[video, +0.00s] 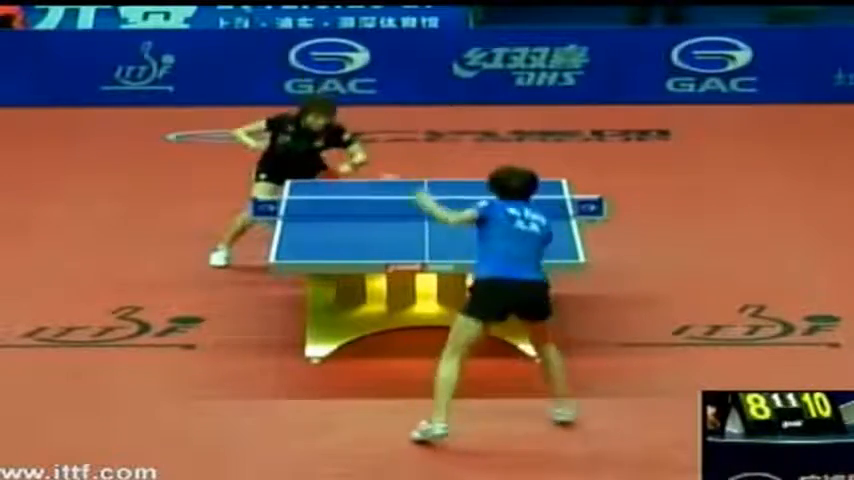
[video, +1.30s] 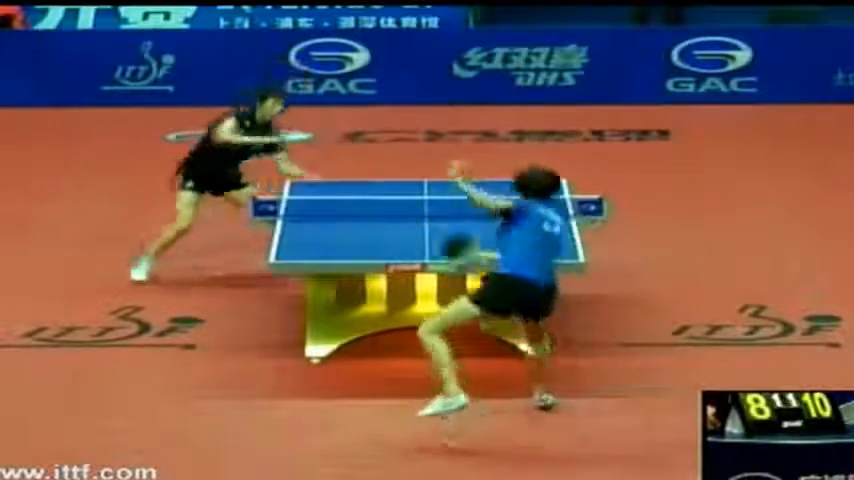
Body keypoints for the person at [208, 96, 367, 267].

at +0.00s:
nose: (318, 124)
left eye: (323, 120)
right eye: (315, 118)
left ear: (329, 120)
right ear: (306, 115)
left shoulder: (332, 131)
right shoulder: (284, 123)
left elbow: (361, 155)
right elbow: (239, 132)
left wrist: (350, 165)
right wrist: (252, 143)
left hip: (306, 176)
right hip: (273, 172)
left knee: (316, 213)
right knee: (259, 210)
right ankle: (224, 247)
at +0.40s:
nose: (317, 109)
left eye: (321, 104)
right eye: (312, 105)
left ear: (327, 104)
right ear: (303, 106)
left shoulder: (334, 118)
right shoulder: (290, 111)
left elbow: (362, 141)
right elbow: (254, 111)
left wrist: (355, 136)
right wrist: (247, 118)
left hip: (321, 160)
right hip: (288, 158)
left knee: (337, 204)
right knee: (260, 206)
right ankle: (225, 246)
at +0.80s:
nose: (313, 99)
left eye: (317, 95)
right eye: (309, 93)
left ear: (323, 97)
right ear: (298, 93)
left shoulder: (325, 118)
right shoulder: (279, 107)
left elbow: (340, 138)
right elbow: (249, 121)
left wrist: (341, 146)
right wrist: (243, 133)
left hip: (304, 165)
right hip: (269, 163)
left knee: (328, 202)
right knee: (247, 211)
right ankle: (205, 250)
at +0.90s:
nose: (305, 89)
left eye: (307, 85)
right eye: (299, 84)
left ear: (309, 88)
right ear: (286, 85)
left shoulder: (307, 111)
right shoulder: (262, 104)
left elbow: (318, 135)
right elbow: (219, 116)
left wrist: (331, 141)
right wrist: (239, 127)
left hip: (280, 158)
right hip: (247, 157)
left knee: (304, 201)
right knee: (227, 212)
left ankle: (297, 253)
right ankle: (200, 248)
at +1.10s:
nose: (292, 89)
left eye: (296, 84)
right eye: (289, 83)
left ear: (297, 87)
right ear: (275, 82)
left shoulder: (294, 111)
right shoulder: (248, 101)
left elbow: (316, 138)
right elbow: (205, 114)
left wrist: (334, 143)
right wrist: (233, 123)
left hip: (260, 158)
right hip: (230, 156)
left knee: (296, 197)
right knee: (217, 210)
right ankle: (175, 246)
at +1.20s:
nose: (286, 97)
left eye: (290, 94)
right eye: (282, 91)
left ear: (292, 98)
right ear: (271, 91)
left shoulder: (288, 123)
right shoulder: (244, 111)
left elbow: (311, 149)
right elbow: (204, 123)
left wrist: (338, 159)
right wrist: (230, 133)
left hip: (254, 170)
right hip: (222, 166)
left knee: (294, 198)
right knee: (204, 216)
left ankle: (300, 252)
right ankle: (162, 254)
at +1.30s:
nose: (276, 110)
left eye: (280, 106)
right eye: (273, 104)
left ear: (279, 110)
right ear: (261, 102)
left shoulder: (272, 135)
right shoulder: (239, 118)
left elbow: (283, 165)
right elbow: (220, 136)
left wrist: (306, 176)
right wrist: (257, 142)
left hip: (225, 175)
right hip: (197, 172)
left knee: (262, 209)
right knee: (184, 224)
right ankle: (146, 260)